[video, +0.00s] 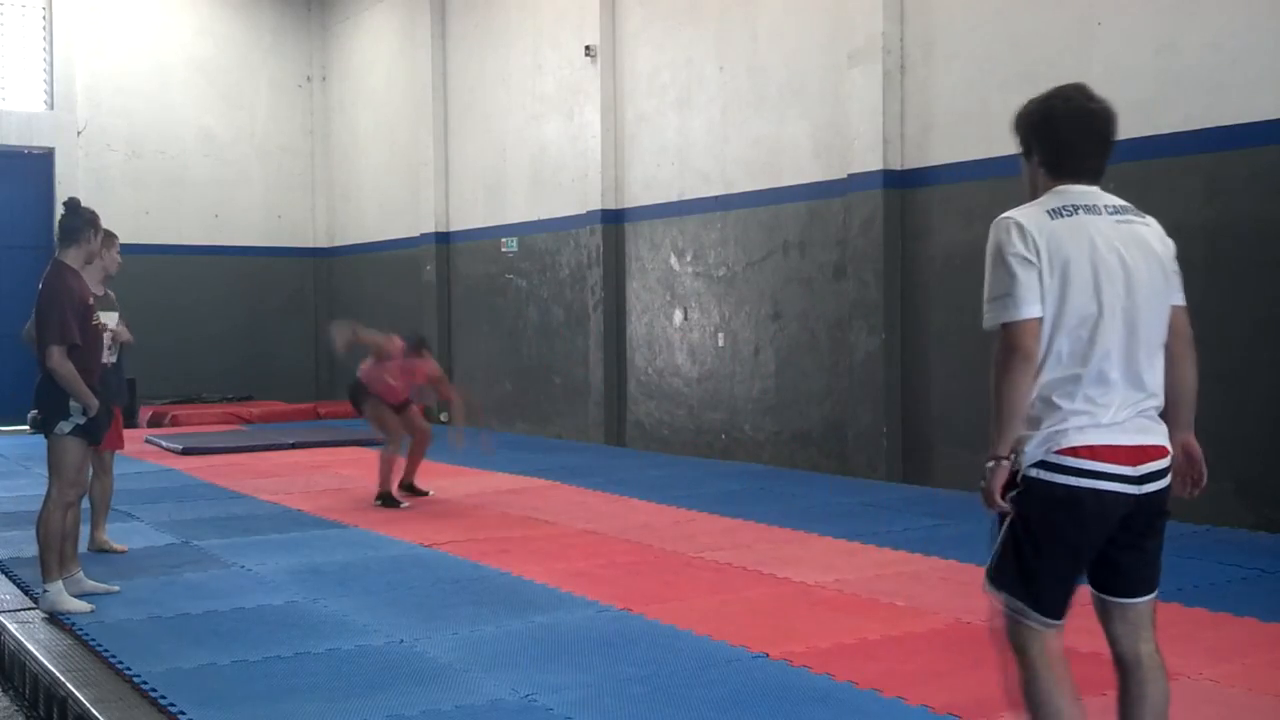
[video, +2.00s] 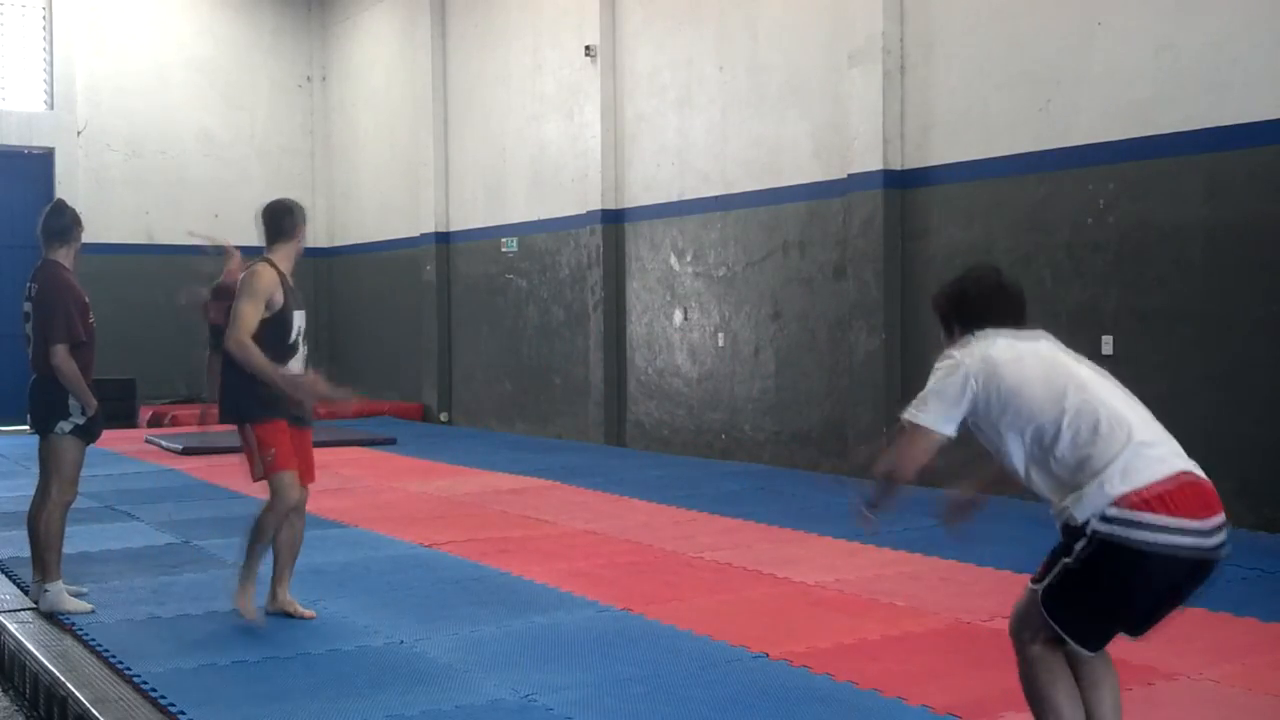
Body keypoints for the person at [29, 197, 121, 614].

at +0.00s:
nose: (101, 245)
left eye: (100, 237)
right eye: (100, 237)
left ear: (69, 235)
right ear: (90, 237)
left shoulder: (70, 279)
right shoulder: (61, 285)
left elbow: (69, 341)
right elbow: (55, 358)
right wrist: (91, 402)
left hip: (80, 398)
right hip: (66, 401)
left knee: (75, 489)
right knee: (61, 493)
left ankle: (71, 575)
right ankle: (51, 590)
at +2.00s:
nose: (84, 236)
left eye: (79, 230)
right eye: (83, 230)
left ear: (45, 235)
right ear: (78, 234)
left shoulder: (41, 277)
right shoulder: (60, 284)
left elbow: (40, 349)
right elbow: (59, 355)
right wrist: (89, 400)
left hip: (48, 393)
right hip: (64, 397)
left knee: (47, 491)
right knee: (61, 495)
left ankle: (43, 579)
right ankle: (51, 589)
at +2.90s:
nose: (87, 239)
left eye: (90, 232)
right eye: (77, 232)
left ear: (90, 236)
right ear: (55, 235)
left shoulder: (85, 282)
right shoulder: (43, 288)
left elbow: (96, 347)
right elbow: (28, 361)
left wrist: (114, 397)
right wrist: (79, 405)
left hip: (94, 398)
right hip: (61, 405)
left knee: (111, 485)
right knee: (77, 492)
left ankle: (58, 561)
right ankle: (67, 593)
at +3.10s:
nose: (80, 237)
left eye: (86, 230)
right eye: (71, 230)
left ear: (93, 232)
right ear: (55, 233)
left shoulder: (104, 280)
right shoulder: (41, 289)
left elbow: (118, 341)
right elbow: (19, 358)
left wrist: (129, 393)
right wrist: (65, 407)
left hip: (112, 402)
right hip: (67, 408)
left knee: (139, 488)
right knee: (69, 502)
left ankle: (113, 575)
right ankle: (67, 595)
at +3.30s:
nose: (92, 240)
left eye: (99, 232)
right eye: (84, 232)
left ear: (109, 234)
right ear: (69, 235)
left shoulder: (128, 285)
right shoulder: (51, 292)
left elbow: (141, 345)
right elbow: (24, 360)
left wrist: (146, 395)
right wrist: (63, 408)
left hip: (127, 404)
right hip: (77, 409)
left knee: (152, 500)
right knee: (74, 507)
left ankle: (169, 593)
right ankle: (68, 595)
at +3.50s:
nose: (119, 241)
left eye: (127, 234)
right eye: (110, 234)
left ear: (137, 238)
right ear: (97, 237)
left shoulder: (157, 291)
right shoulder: (74, 294)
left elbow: (173, 356)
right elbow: (46, 364)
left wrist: (172, 412)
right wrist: (78, 413)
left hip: (151, 412)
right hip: (95, 414)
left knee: (167, 508)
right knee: (86, 512)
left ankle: (178, 606)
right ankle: (72, 591)